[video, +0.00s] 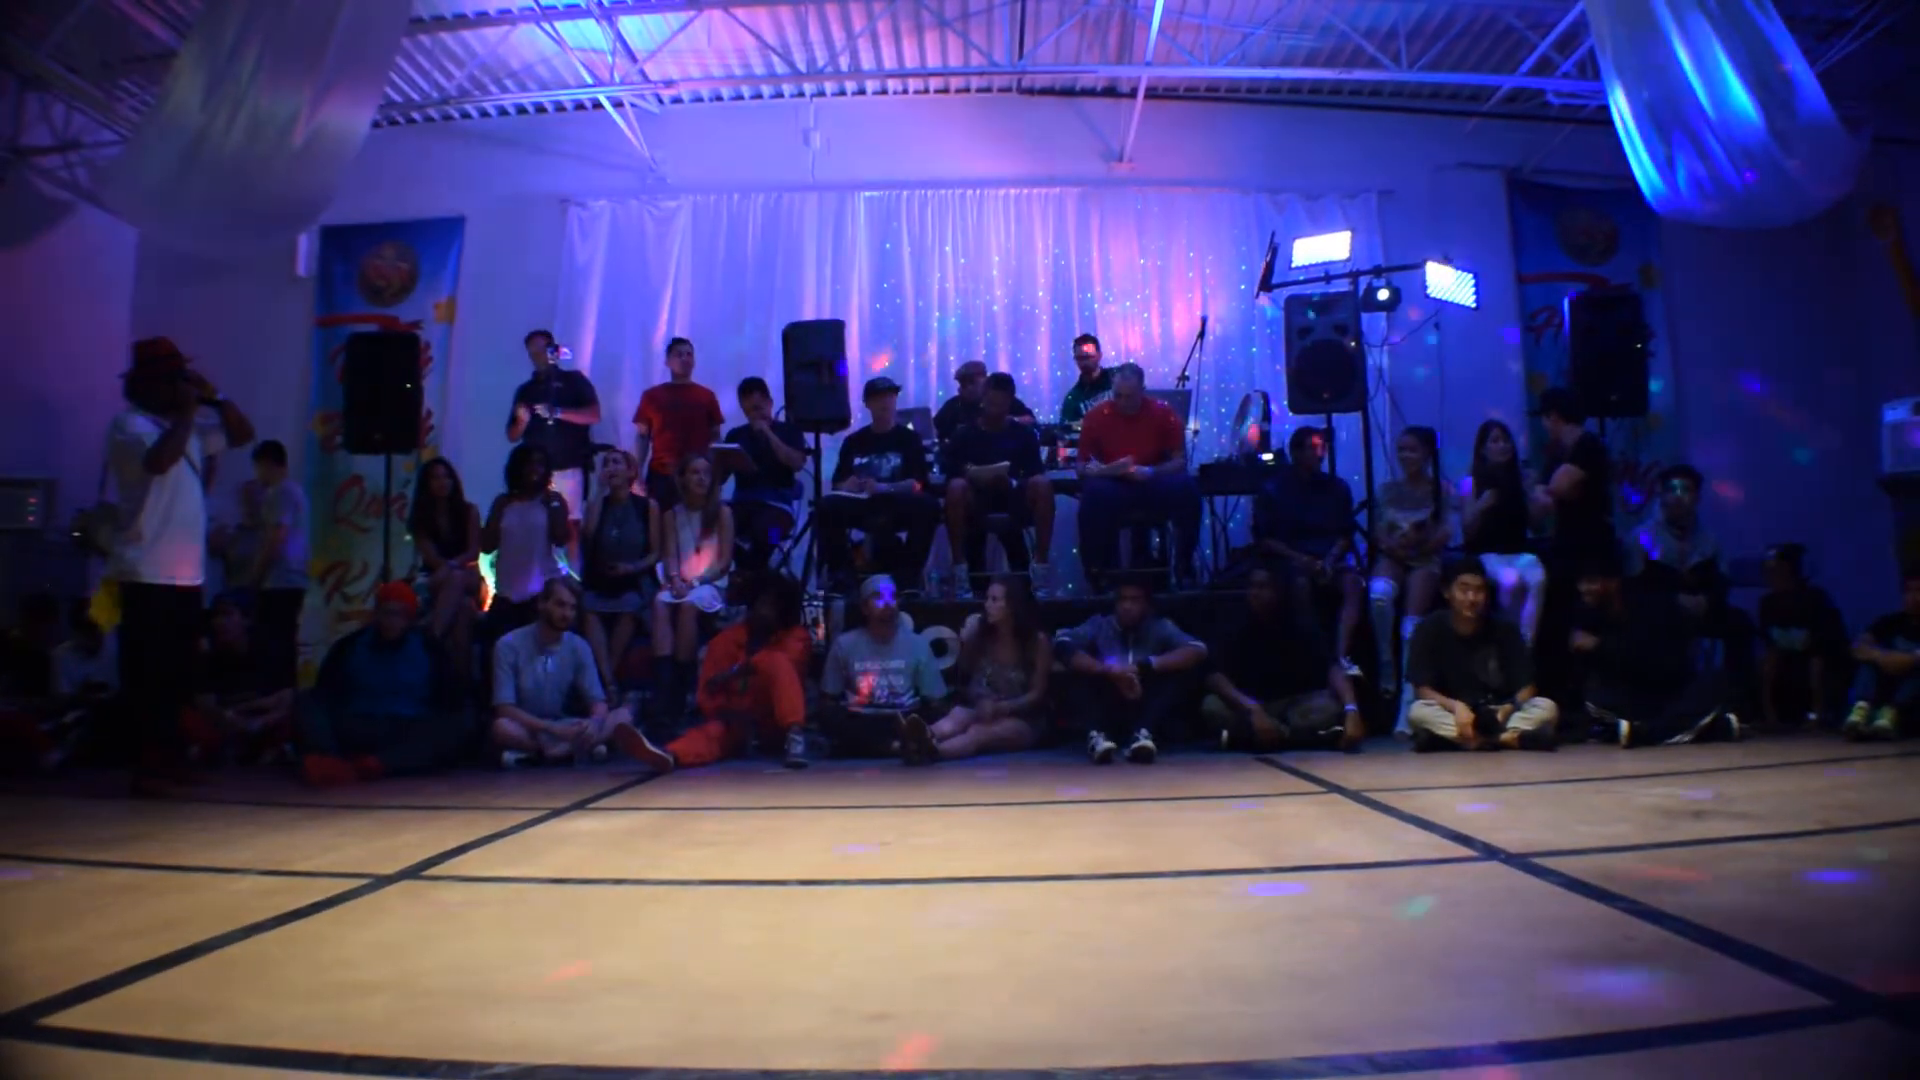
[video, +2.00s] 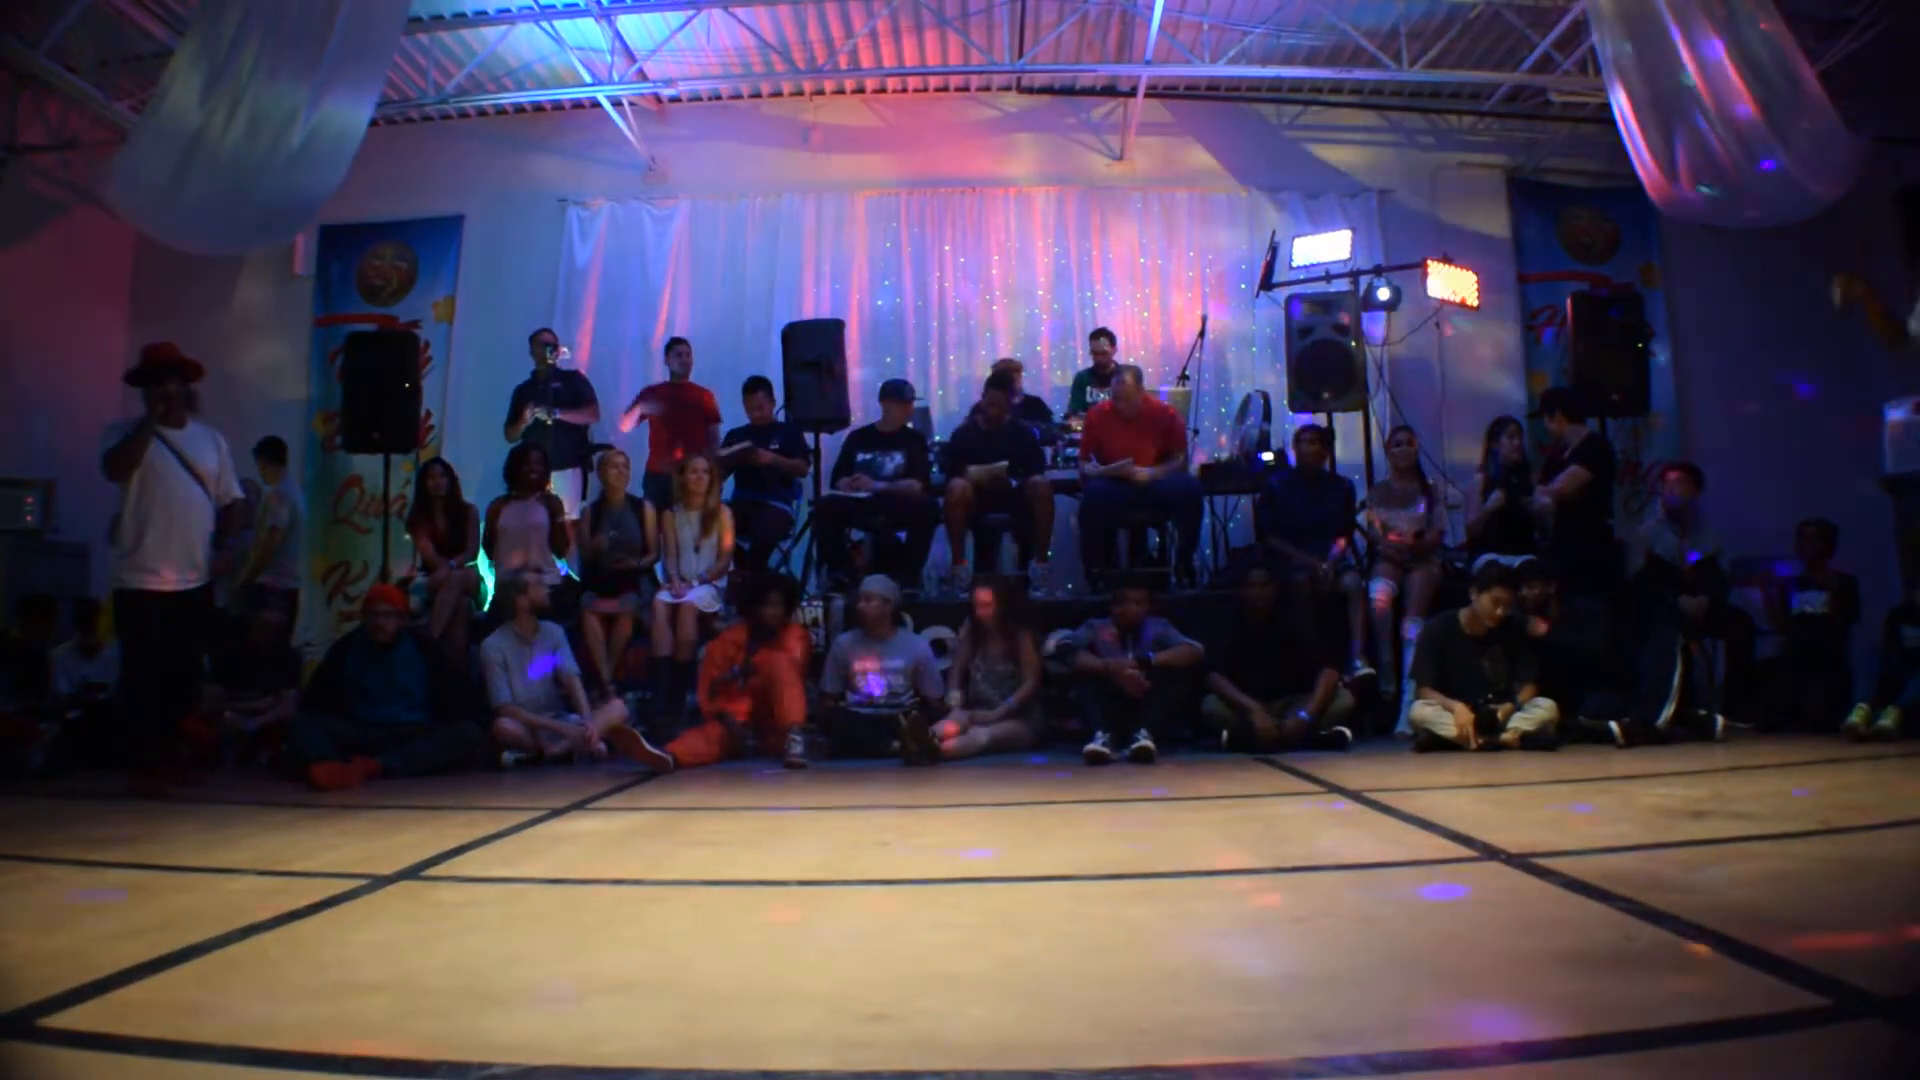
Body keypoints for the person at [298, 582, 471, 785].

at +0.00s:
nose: (391, 621)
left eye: (398, 614)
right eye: (386, 613)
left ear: (411, 617)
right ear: (376, 614)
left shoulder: (427, 650)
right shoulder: (349, 647)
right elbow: (326, 691)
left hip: (410, 726)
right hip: (353, 725)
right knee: (308, 705)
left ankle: (383, 763)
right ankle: (327, 760)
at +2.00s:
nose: (381, 623)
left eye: (388, 616)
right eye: (375, 615)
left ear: (401, 619)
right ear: (364, 617)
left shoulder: (420, 648)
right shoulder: (347, 648)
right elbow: (317, 696)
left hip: (413, 729)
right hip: (356, 728)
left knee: (466, 735)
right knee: (305, 724)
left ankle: (379, 766)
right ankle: (328, 766)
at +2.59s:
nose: (383, 613)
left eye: (390, 605)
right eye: (377, 605)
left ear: (404, 611)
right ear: (369, 609)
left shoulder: (422, 643)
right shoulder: (349, 644)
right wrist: (352, 730)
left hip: (419, 720)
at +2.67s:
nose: (380, 611)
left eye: (388, 605)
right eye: (374, 604)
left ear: (403, 610)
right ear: (366, 607)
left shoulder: (422, 642)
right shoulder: (349, 640)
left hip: (414, 715)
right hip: (363, 716)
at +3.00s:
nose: (365, 614)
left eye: (373, 607)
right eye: (361, 606)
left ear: (389, 612)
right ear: (354, 609)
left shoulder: (410, 642)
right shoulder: (345, 641)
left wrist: (435, 697)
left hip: (404, 717)